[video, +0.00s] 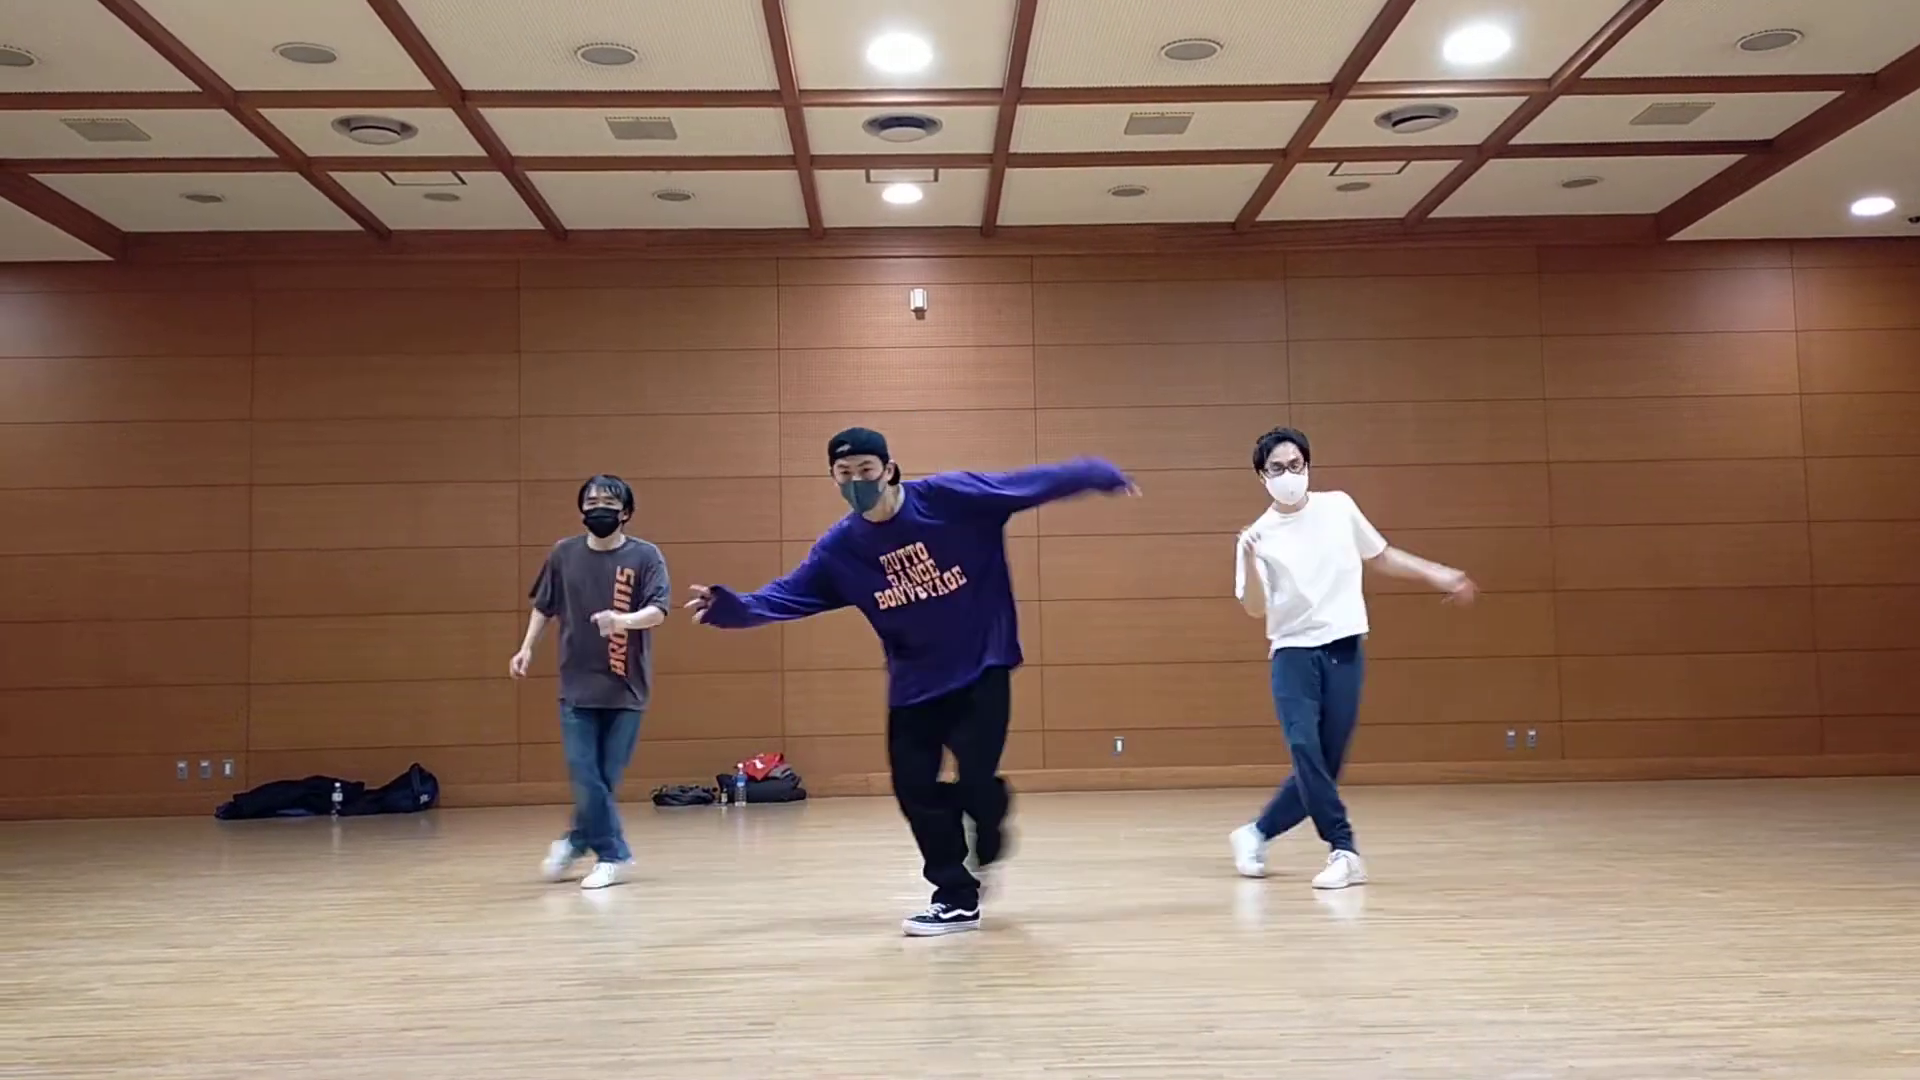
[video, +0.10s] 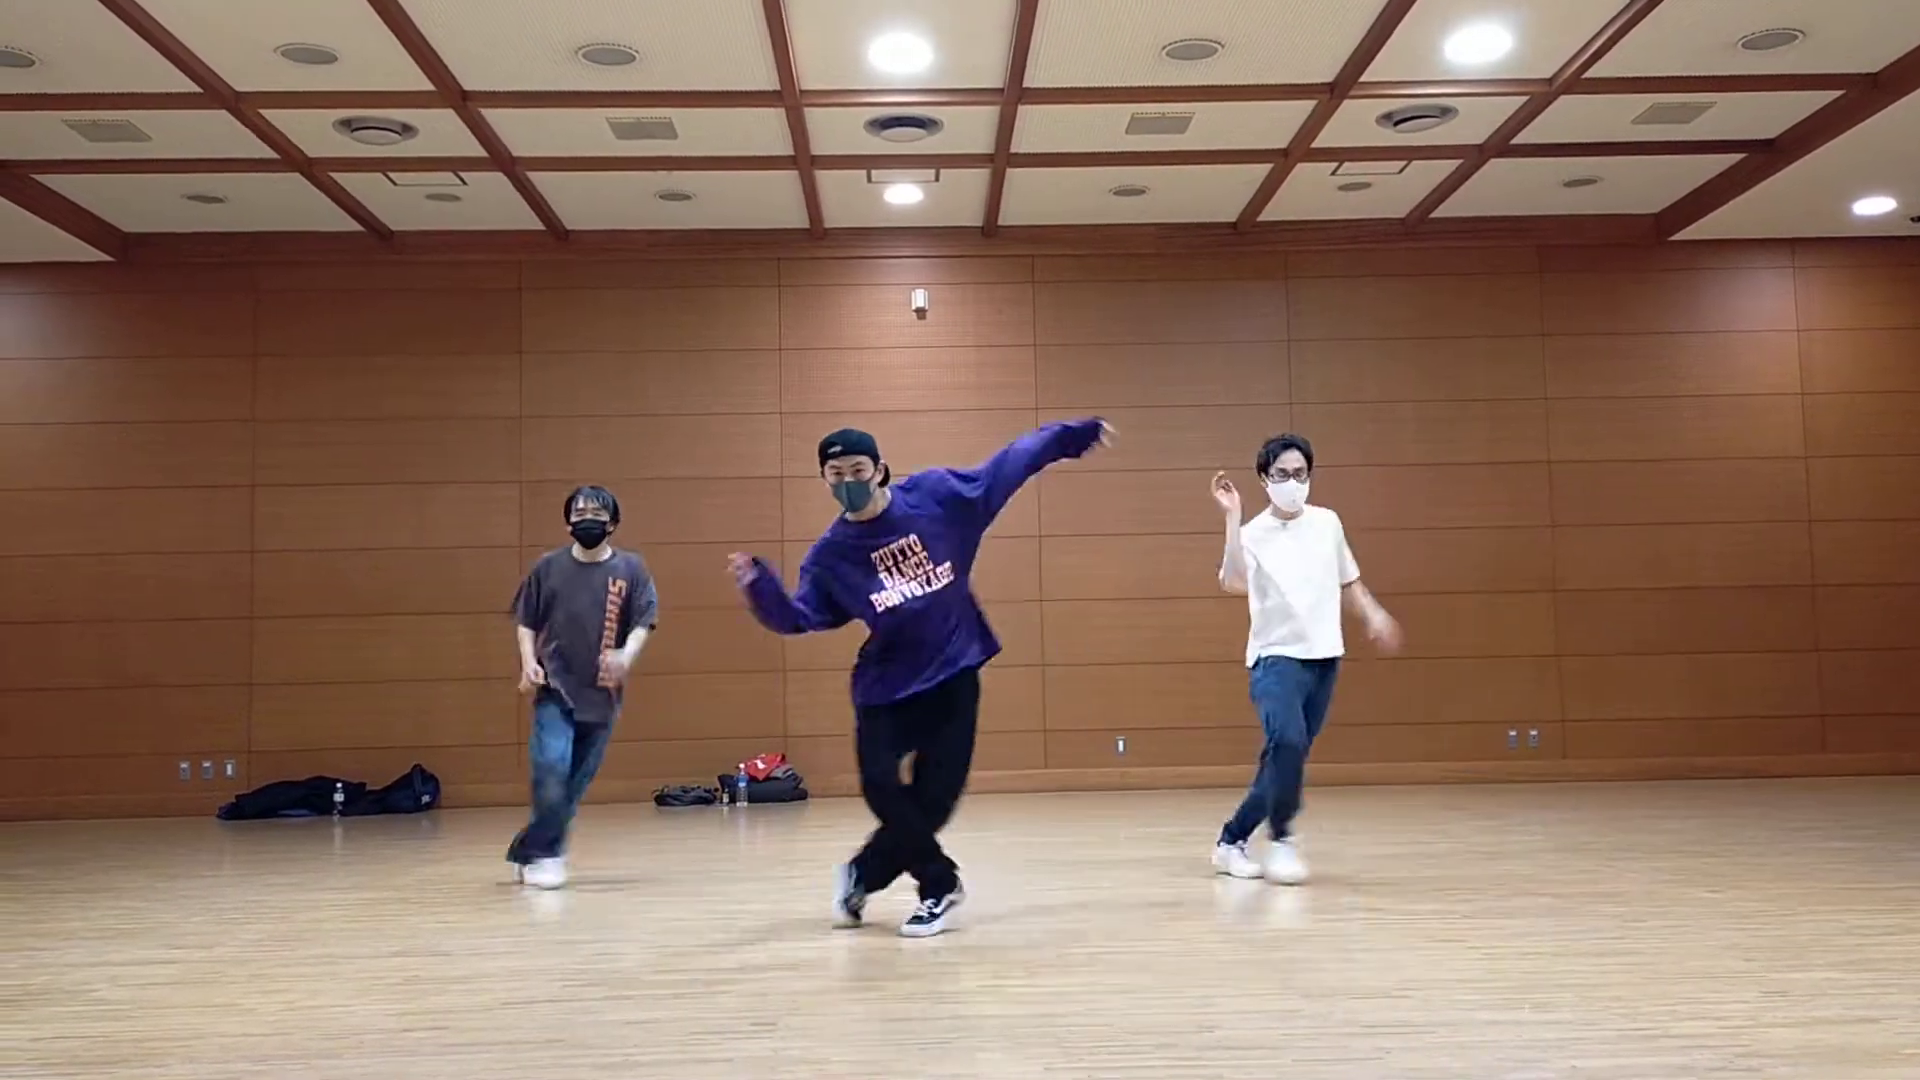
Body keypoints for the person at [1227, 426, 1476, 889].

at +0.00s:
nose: (1290, 473)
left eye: (1296, 464)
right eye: (1279, 468)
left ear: (1308, 467)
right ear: (1263, 478)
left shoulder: (1338, 505)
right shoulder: (1259, 535)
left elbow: (1381, 556)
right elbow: (1254, 604)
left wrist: (1441, 575)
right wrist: (1249, 560)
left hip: (1344, 644)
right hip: (1293, 649)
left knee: (1328, 760)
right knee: (1302, 747)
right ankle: (1343, 851)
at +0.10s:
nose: (1293, 483)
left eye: (1301, 474)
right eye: (1283, 475)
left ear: (1311, 477)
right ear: (1265, 479)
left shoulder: (1327, 523)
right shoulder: (1252, 535)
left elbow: (1352, 583)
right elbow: (1233, 582)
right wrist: (1233, 518)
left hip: (1323, 656)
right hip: (1274, 656)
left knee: (1287, 754)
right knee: (1290, 741)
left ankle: (1231, 842)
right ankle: (1281, 840)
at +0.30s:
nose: (1311, 473)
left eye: (1320, 467)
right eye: (1303, 462)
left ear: (1326, 476)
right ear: (1281, 464)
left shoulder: (1310, 526)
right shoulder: (1250, 511)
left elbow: (1290, 598)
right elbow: (1216, 561)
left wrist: (1308, 651)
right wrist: (1272, 525)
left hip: (1290, 656)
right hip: (1246, 652)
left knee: (1328, 743)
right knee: (1234, 752)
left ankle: (1270, 833)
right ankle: (1181, 847)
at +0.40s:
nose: (1330, 487)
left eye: (1339, 481)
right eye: (1323, 476)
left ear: (1343, 492)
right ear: (1300, 476)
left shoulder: (1313, 543)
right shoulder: (1270, 516)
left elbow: (1279, 612)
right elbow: (1216, 556)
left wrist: (1298, 666)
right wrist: (1244, 584)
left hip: (1272, 657)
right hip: (1232, 649)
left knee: (1324, 744)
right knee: (1212, 747)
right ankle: (1170, 851)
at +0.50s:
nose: (1346, 502)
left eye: (1356, 497)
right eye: (1338, 491)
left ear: (1362, 509)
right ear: (1318, 493)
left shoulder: (1323, 561)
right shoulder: (1287, 527)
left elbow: (1280, 624)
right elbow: (1221, 558)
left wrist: (1295, 681)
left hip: (1270, 664)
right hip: (1235, 652)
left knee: (1319, 752)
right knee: (1206, 752)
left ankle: (1366, 851)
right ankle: (1163, 852)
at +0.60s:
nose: (1359, 494)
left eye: (1370, 489)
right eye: (1352, 484)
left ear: (1379, 502)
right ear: (1335, 488)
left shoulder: (1351, 557)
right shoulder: (1299, 518)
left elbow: (1309, 614)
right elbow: (1225, 535)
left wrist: (1307, 671)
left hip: (1289, 664)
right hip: (1253, 649)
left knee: (1334, 748)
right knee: (1219, 747)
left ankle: (1360, 854)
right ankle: (1167, 848)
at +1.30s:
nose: (1404, 462)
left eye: (1410, 452)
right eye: (1393, 456)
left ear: (1425, 454)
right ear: (1381, 466)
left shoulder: (1462, 497)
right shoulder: (1383, 518)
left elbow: (1529, 525)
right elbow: (1389, 577)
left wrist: (1486, 555)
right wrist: (1377, 597)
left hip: (1474, 639)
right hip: (1417, 644)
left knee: (1506, 739)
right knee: (1406, 728)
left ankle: (1545, 832)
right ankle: (1453, 821)